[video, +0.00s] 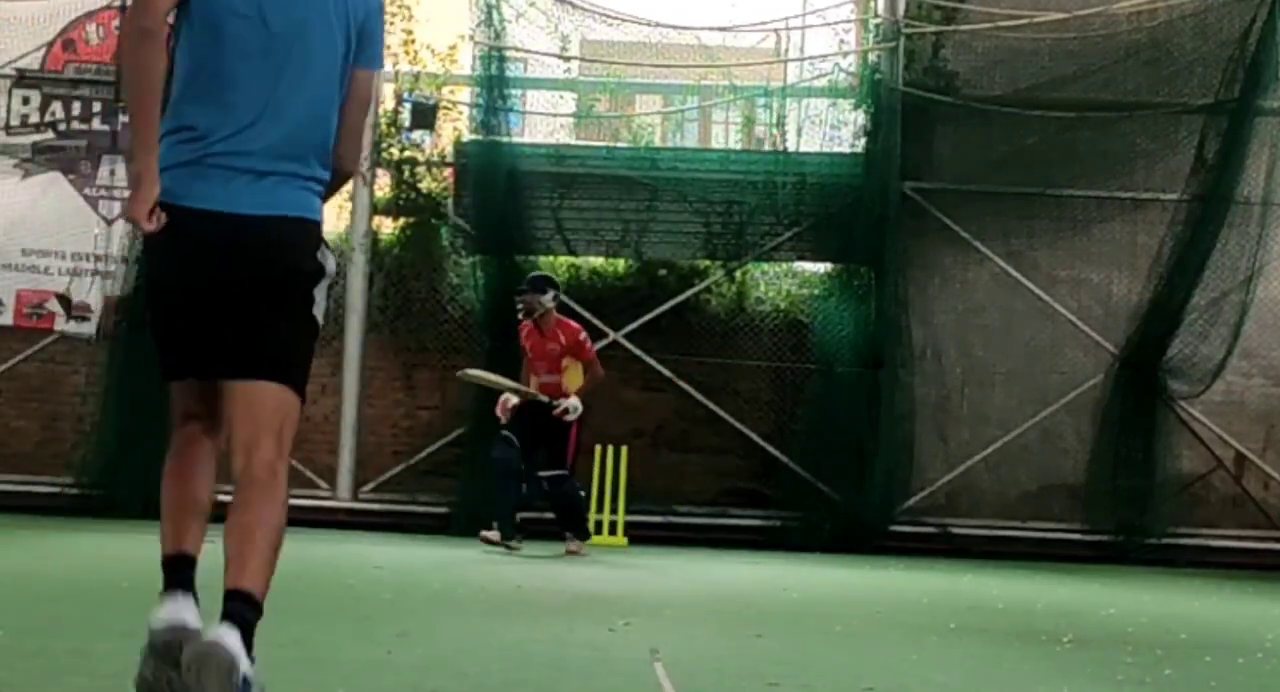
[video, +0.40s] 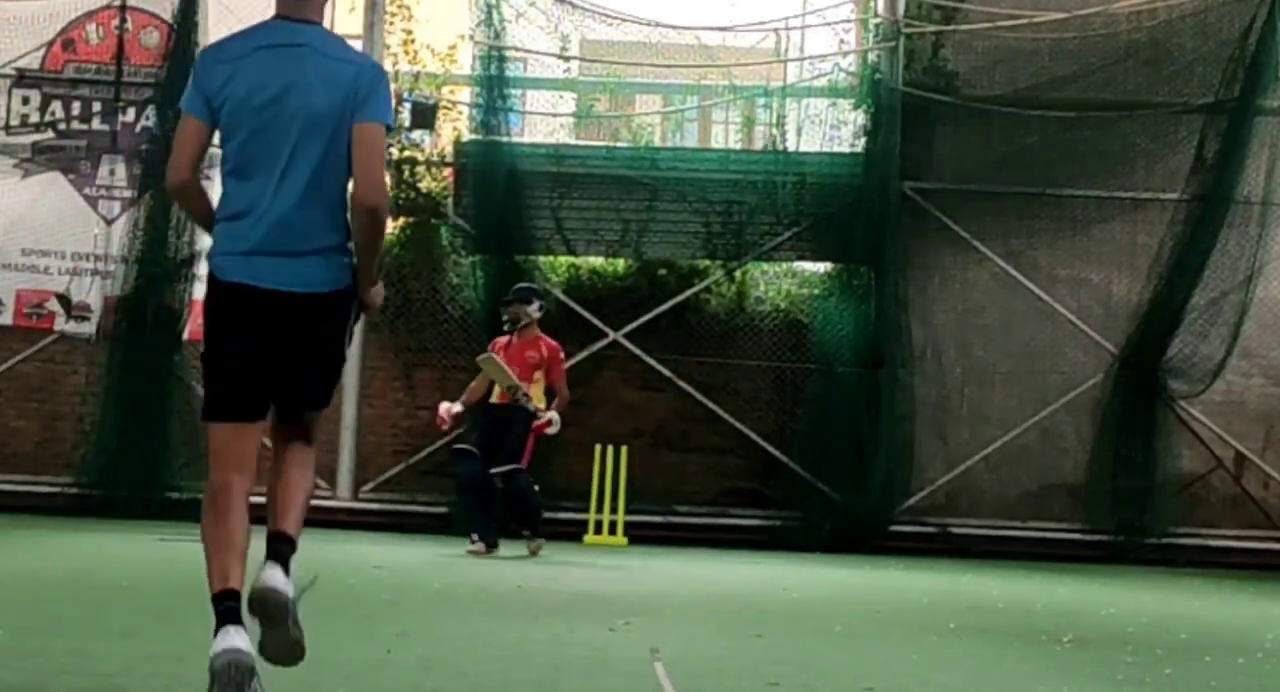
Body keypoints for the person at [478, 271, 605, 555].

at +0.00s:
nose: (527, 303)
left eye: (534, 297)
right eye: (526, 297)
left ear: (550, 299)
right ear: (526, 299)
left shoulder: (573, 333)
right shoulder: (526, 331)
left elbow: (596, 371)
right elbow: (528, 368)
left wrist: (578, 397)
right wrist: (517, 395)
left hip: (563, 405)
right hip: (533, 402)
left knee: (556, 471)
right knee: (509, 458)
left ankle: (575, 535)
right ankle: (505, 528)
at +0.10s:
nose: (518, 296)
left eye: (525, 291)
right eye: (517, 291)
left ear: (543, 294)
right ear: (520, 295)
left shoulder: (564, 330)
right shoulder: (516, 328)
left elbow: (584, 371)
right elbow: (511, 368)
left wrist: (570, 396)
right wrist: (498, 401)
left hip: (548, 403)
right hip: (519, 400)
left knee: (541, 474)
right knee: (498, 458)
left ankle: (565, 528)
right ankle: (486, 526)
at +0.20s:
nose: (515, 306)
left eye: (522, 301)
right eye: (513, 301)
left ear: (538, 305)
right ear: (513, 306)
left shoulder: (554, 342)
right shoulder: (504, 340)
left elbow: (573, 386)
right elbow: (491, 384)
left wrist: (562, 406)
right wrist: (475, 417)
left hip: (538, 413)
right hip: (506, 411)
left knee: (528, 477)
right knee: (494, 472)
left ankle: (549, 529)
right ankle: (485, 536)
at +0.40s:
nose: (512, 312)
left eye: (519, 306)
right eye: (511, 306)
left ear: (534, 311)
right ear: (508, 310)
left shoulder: (549, 348)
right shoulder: (499, 345)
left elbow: (562, 392)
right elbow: (482, 381)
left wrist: (553, 412)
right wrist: (459, 405)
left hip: (525, 414)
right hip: (494, 411)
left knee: (509, 469)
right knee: (476, 465)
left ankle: (532, 529)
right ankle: (484, 537)